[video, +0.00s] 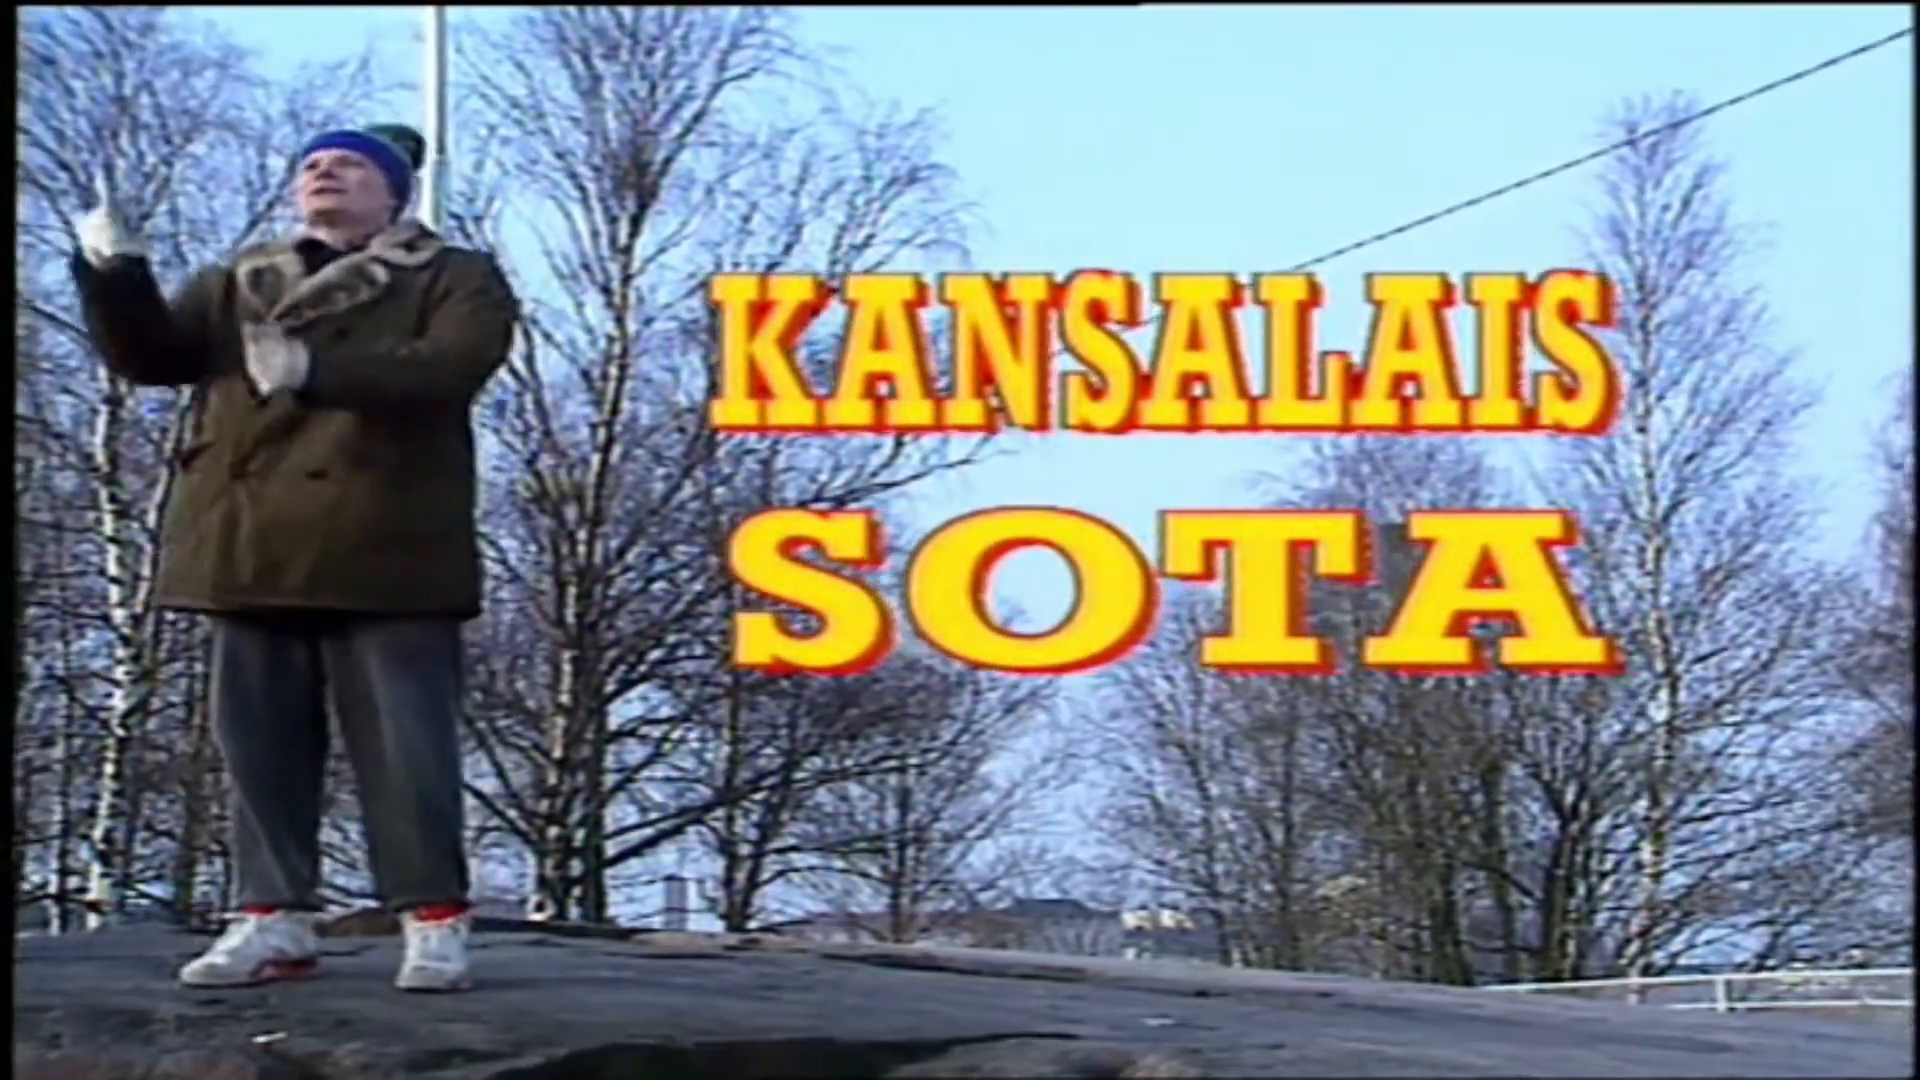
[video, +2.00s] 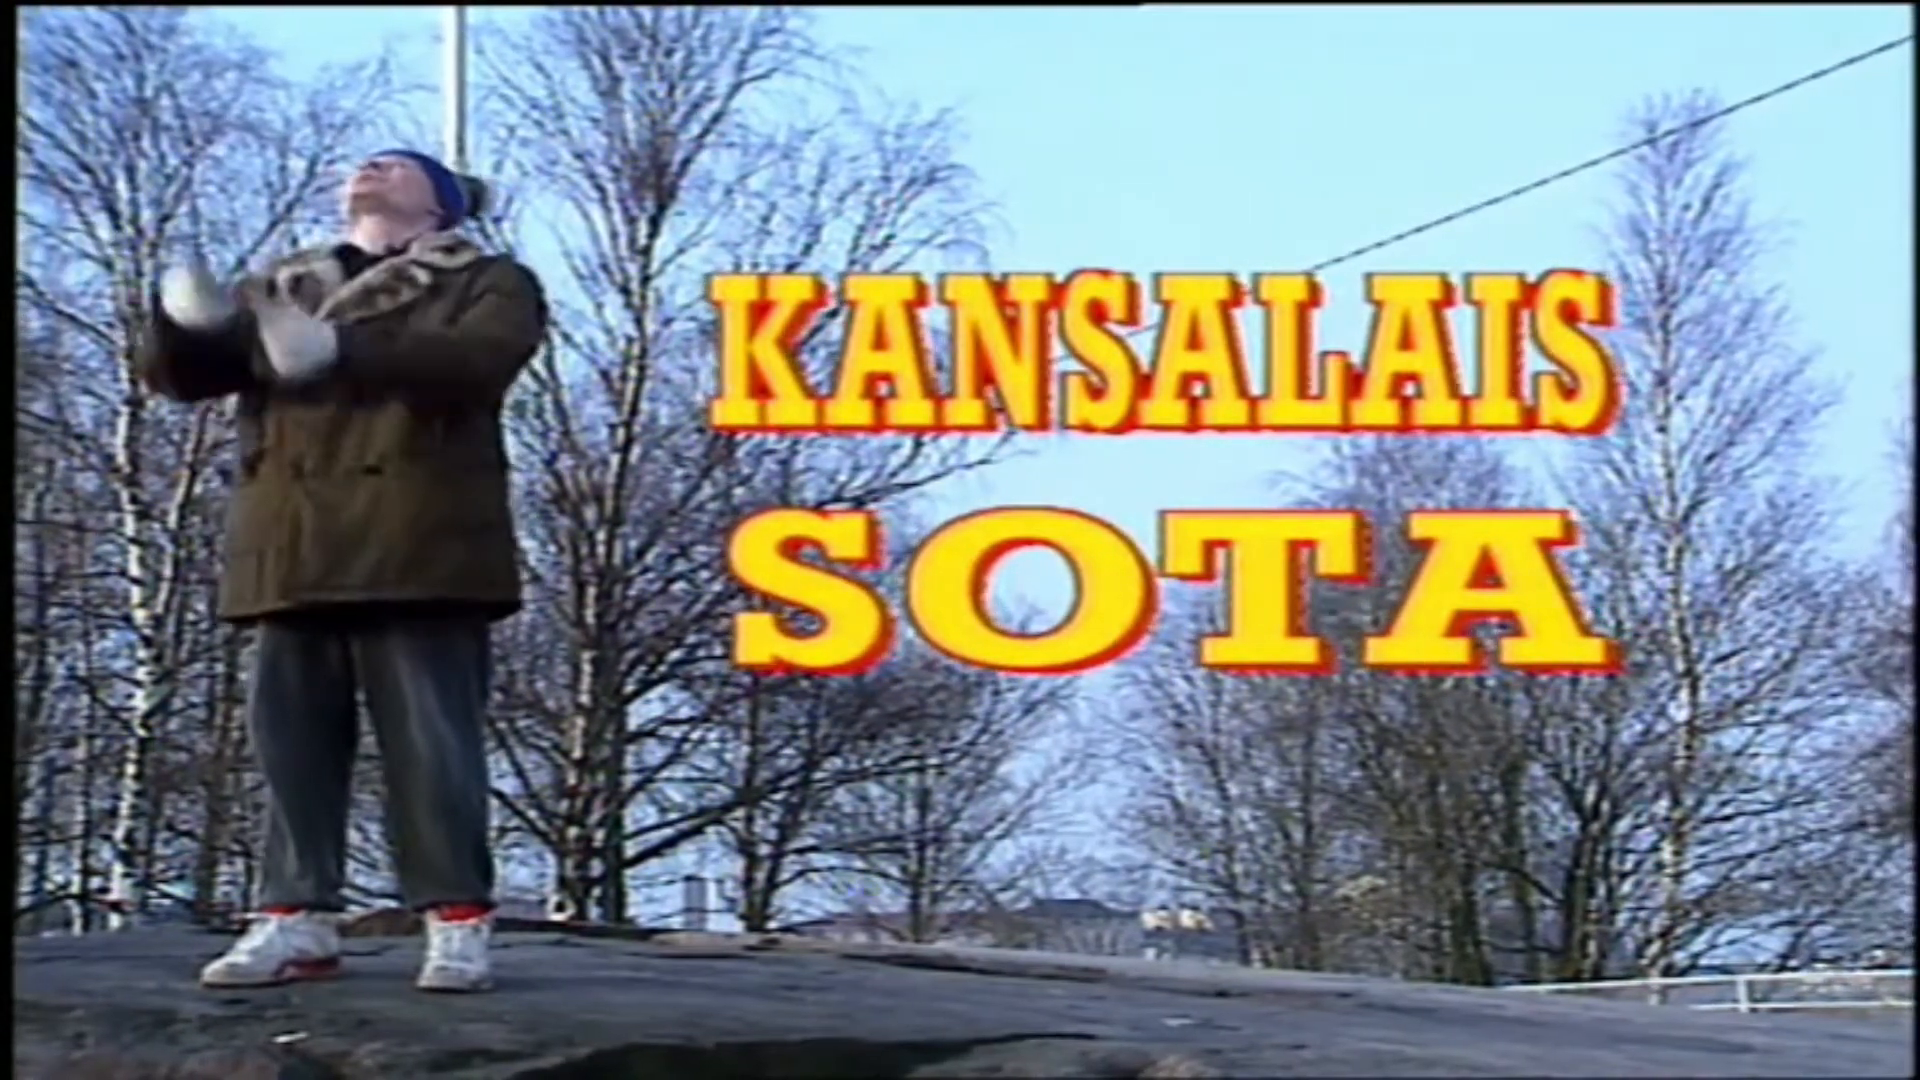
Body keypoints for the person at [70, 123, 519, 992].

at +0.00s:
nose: (321, 172)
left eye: (345, 163)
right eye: (310, 166)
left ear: (396, 193)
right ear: (292, 198)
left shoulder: (456, 275)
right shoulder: (246, 280)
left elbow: (447, 373)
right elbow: (151, 355)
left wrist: (315, 365)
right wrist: (114, 272)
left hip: (391, 561)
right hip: (253, 560)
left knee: (405, 747)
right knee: (259, 745)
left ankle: (434, 920)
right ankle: (276, 918)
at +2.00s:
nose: (365, 176)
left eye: (391, 167)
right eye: (358, 171)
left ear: (441, 208)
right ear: (340, 207)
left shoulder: (490, 279)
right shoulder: (290, 281)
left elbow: (480, 358)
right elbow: (183, 374)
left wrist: (339, 349)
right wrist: (182, 326)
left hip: (423, 553)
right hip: (294, 554)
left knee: (432, 740)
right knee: (291, 738)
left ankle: (457, 920)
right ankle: (299, 918)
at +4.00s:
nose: (381, 173)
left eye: (406, 165)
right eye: (376, 168)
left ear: (455, 205)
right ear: (360, 199)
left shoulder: (504, 280)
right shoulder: (320, 277)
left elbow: (475, 341)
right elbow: (196, 328)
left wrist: (339, 302)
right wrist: (204, 239)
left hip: (432, 548)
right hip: (305, 544)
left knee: (442, 738)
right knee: (300, 734)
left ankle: (461, 918)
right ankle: (305, 918)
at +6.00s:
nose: (380, 172)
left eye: (404, 164)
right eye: (371, 166)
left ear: (451, 195)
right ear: (354, 196)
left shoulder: (508, 284)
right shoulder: (310, 285)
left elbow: (480, 370)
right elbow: (198, 369)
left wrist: (342, 358)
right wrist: (206, 307)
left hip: (435, 556)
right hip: (305, 555)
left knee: (444, 742)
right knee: (301, 738)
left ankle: (463, 919)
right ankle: (307, 918)